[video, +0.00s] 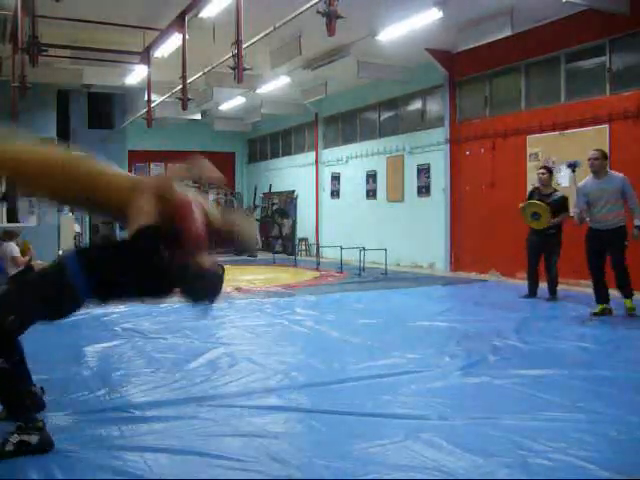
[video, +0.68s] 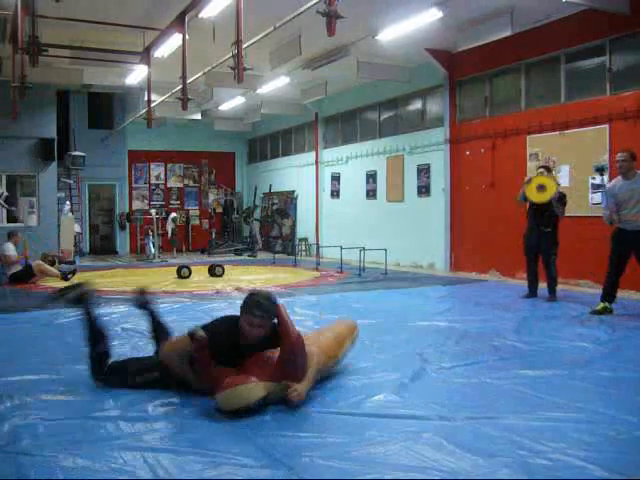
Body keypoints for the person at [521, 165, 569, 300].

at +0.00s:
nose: (541, 177)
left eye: (544, 174)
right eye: (539, 174)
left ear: (550, 177)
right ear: (537, 176)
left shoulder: (559, 197)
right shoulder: (533, 193)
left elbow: (565, 214)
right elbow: (529, 210)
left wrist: (555, 221)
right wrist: (524, 208)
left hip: (552, 232)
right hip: (535, 231)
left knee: (551, 264)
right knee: (532, 263)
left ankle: (553, 292)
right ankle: (532, 291)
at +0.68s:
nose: (542, 178)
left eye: (545, 175)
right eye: (539, 175)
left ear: (551, 177)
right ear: (536, 176)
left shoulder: (558, 194)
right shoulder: (533, 192)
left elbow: (560, 212)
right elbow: (521, 200)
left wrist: (554, 198)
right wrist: (525, 186)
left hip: (549, 233)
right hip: (532, 232)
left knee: (550, 264)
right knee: (531, 264)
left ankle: (552, 292)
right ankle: (532, 290)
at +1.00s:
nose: (535, 178)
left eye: (538, 175)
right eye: (534, 176)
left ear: (544, 178)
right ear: (533, 179)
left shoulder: (553, 192)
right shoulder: (531, 191)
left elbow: (565, 193)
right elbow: (519, 180)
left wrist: (560, 176)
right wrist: (530, 167)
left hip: (548, 229)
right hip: (533, 229)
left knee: (550, 263)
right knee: (532, 262)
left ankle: (552, 292)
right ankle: (533, 290)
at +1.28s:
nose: (532, 177)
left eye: (535, 174)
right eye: (531, 174)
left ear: (543, 175)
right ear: (529, 177)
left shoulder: (553, 188)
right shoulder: (531, 189)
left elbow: (561, 171)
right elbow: (520, 173)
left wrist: (562, 155)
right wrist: (529, 160)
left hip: (550, 227)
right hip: (535, 227)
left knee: (550, 260)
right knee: (533, 260)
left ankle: (552, 291)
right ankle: (533, 289)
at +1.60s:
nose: (539, 176)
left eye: (541, 174)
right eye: (537, 174)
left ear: (547, 176)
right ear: (534, 177)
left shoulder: (551, 188)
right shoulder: (532, 191)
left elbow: (553, 164)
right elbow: (517, 187)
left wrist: (549, 157)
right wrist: (519, 173)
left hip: (548, 225)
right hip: (535, 226)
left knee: (547, 260)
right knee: (533, 259)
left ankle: (551, 291)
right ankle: (536, 289)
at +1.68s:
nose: (537, 176)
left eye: (540, 174)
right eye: (538, 173)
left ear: (545, 176)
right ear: (541, 177)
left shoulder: (549, 189)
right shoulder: (537, 192)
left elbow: (549, 166)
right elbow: (520, 198)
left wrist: (538, 156)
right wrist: (518, 182)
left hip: (546, 227)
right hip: (536, 227)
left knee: (543, 259)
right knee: (533, 259)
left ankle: (551, 291)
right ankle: (536, 289)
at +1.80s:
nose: (539, 175)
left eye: (543, 172)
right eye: (539, 172)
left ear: (549, 176)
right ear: (541, 175)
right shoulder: (542, 189)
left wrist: (521, 200)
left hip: (546, 228)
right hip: (537, 228)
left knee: (542, 259)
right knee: (533, 259)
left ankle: (550, 291)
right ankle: (536, 289)